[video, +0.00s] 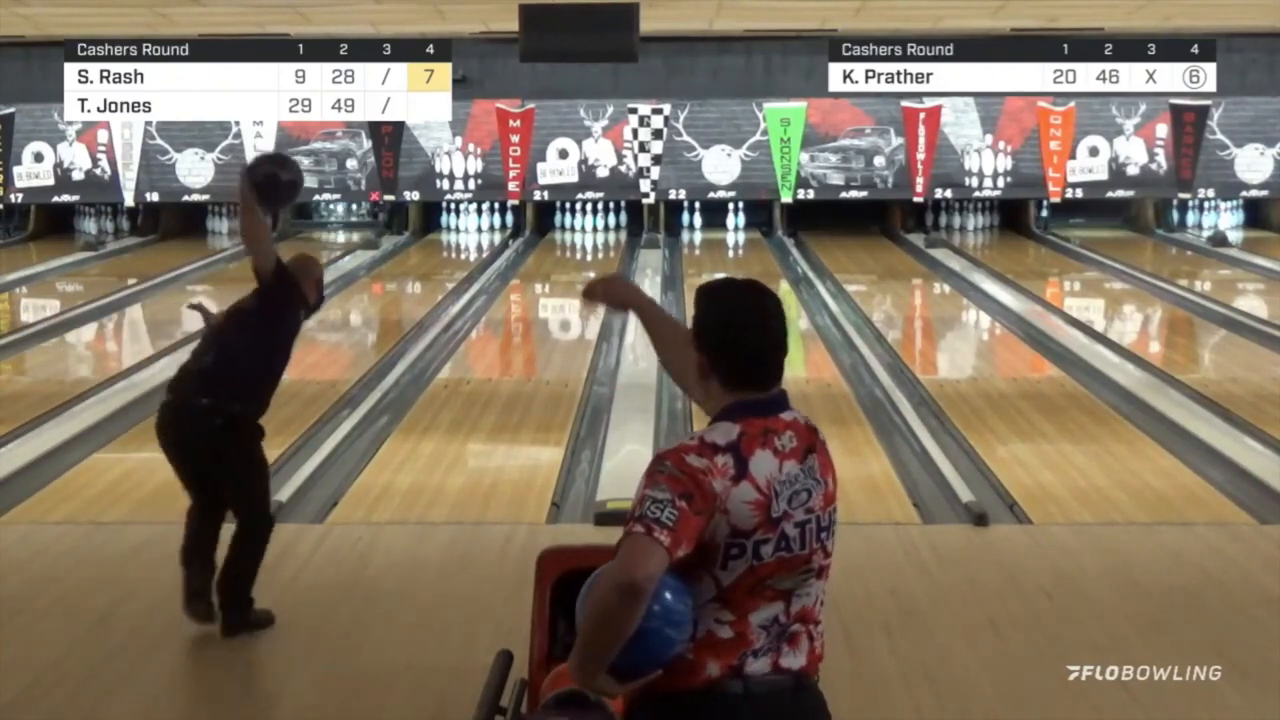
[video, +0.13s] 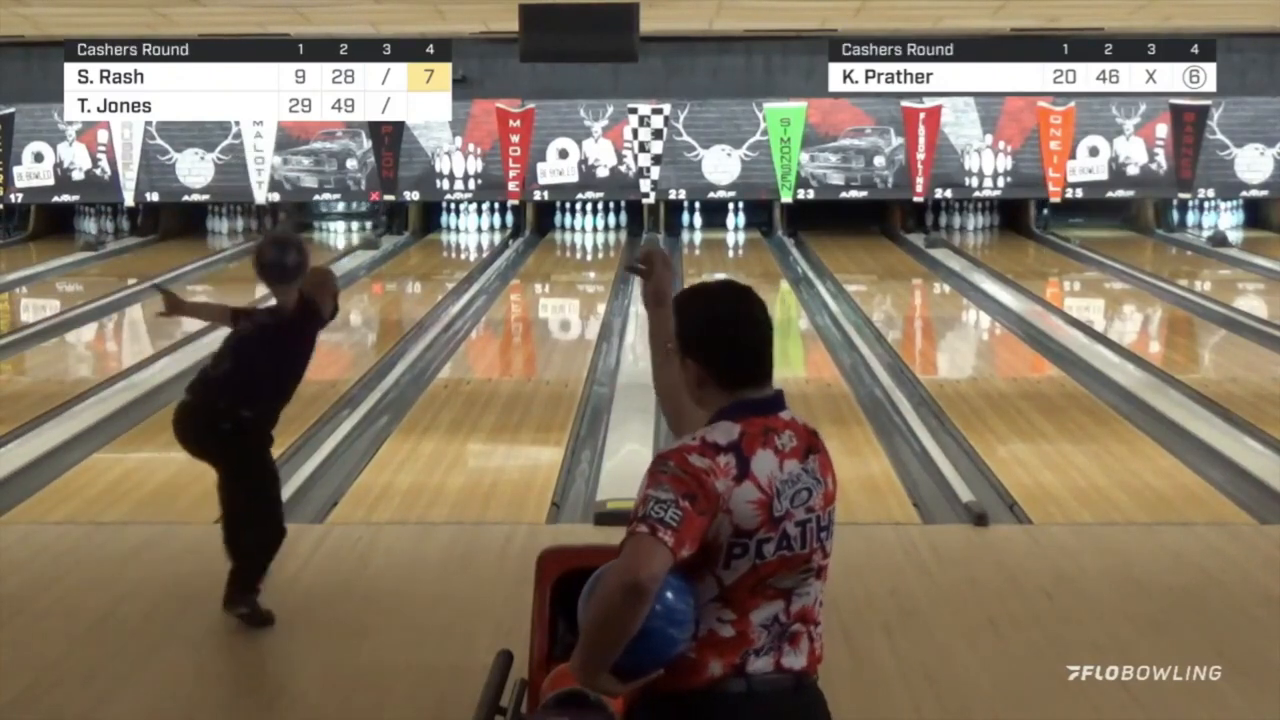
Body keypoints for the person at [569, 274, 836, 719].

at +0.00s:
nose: (686, 345)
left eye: (690, 336)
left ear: (702, 359)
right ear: (781, 353)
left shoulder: (691, 465)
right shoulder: (809, 442)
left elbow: (632, 578)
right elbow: (699, 376)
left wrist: (584, 670)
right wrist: (638, 301)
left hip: (695, 696)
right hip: (795, 692)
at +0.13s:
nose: (676, 367)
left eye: (676, 355)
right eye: (676, 354)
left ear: (693, 367)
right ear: (765, 352)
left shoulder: (693, 463)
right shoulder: (810, 445)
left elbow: (638, 576)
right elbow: (688, 416)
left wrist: (586, 671)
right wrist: (660, 310)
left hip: (699, 697)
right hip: (796, 691)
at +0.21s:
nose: (666, 369)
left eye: (667, 357)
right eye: (665, 357)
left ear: (687, 370)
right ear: (758, 351)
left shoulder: (692, 463)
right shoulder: (810, 447)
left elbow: (639, 577)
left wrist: (587, 669)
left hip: (700, 697)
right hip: (795, 692)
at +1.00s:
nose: (675, 373)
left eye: (674, 361)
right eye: (674, 360)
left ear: (688, 369)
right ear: (760, 354)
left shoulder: (680, 470)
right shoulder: (816, 460)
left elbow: (617, 581)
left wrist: (572, 671)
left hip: (685, 697)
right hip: (788, 695)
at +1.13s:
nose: (677, 366)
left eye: (676, 356)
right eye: (678, 354)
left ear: (685, 368)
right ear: (762, 353)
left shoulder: (679, 471)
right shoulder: (815, 457)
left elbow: (618, 582)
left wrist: (572, 672)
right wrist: (681, 313)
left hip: (686, 697)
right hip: (788, 695)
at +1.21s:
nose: (678, 365)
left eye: (678, 352)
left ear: (688, 367)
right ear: (763, 354)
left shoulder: (682, 471)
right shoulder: (813, 450)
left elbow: (620, 582)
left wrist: (572, 671)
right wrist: (653, 314)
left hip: (687, 696)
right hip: (788, 692)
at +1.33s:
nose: (673, 358)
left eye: (677, 348)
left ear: (690, 366)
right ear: (768, 355)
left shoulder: (683, 472)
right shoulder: (809, 441)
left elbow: (623, 584)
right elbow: (698, 390)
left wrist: (575, 673)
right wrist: (628, 345)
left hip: (689, 697)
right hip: (788, 690)